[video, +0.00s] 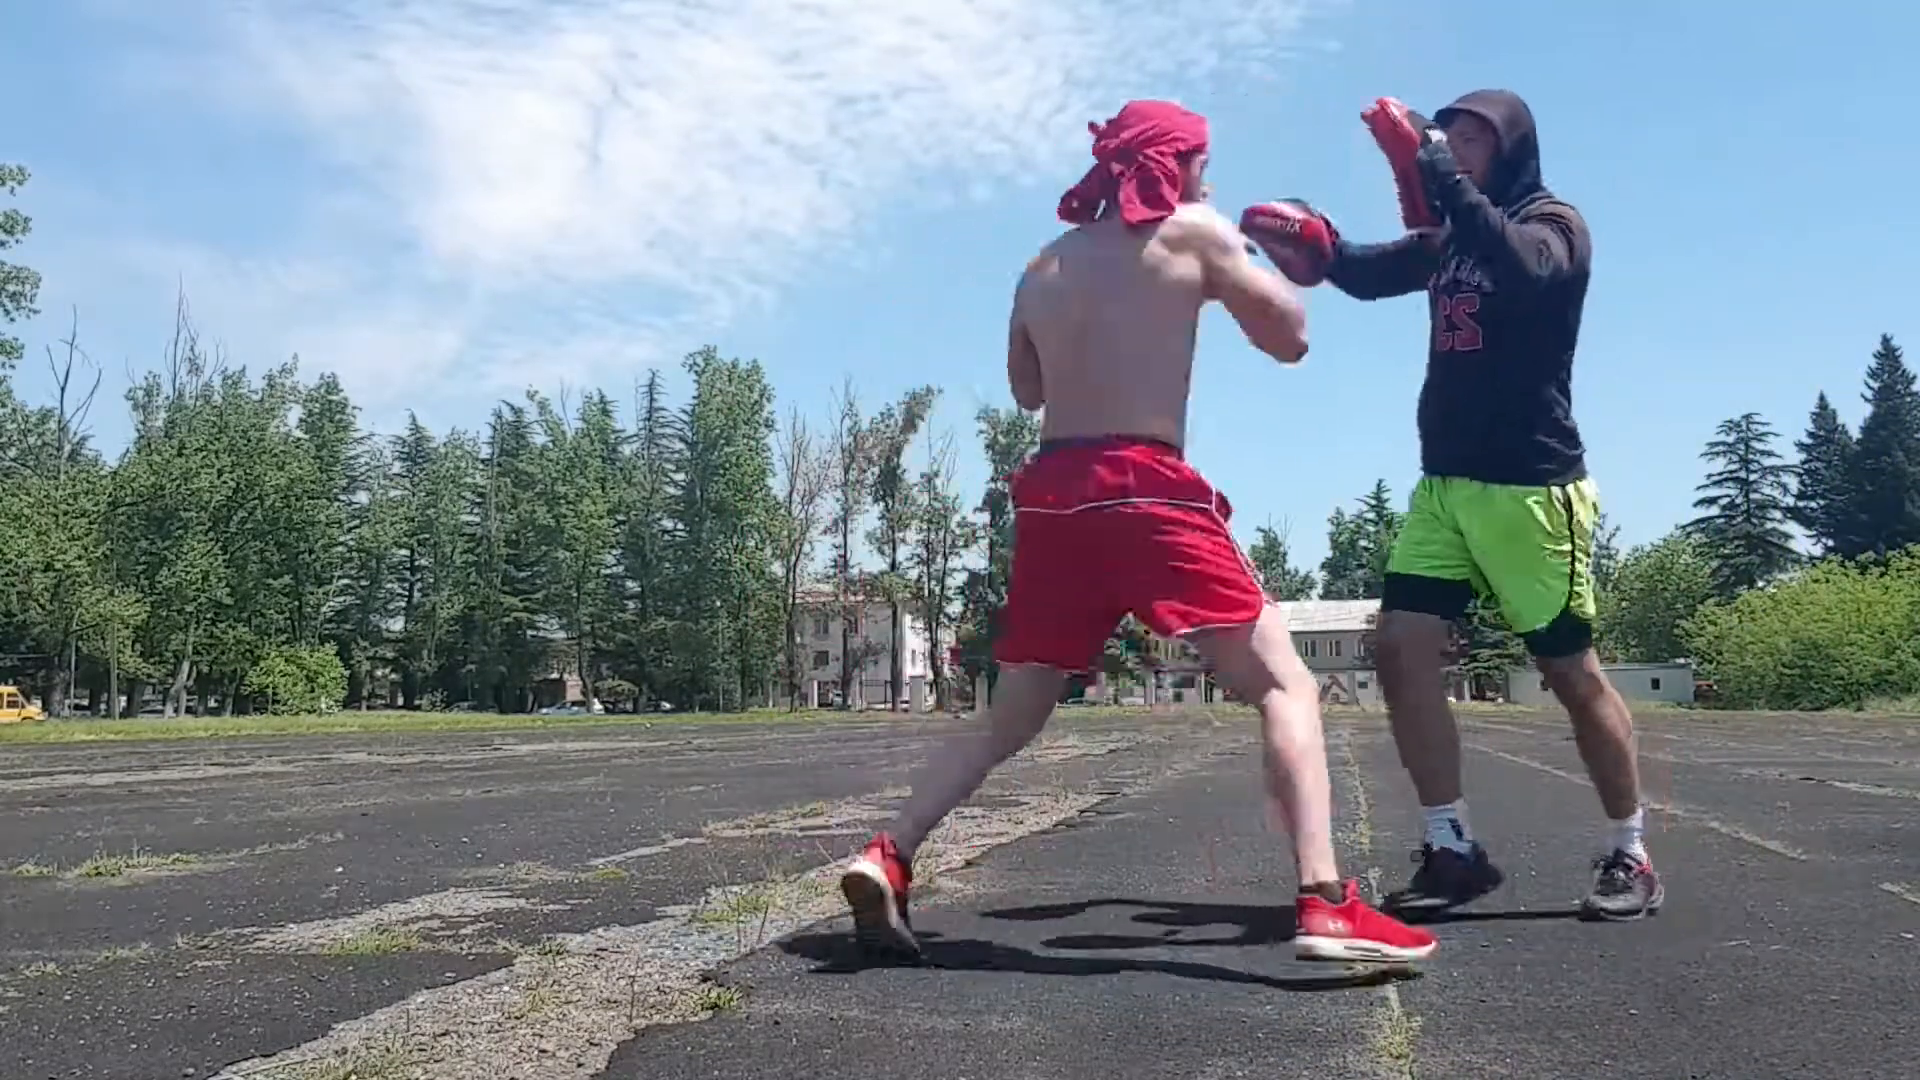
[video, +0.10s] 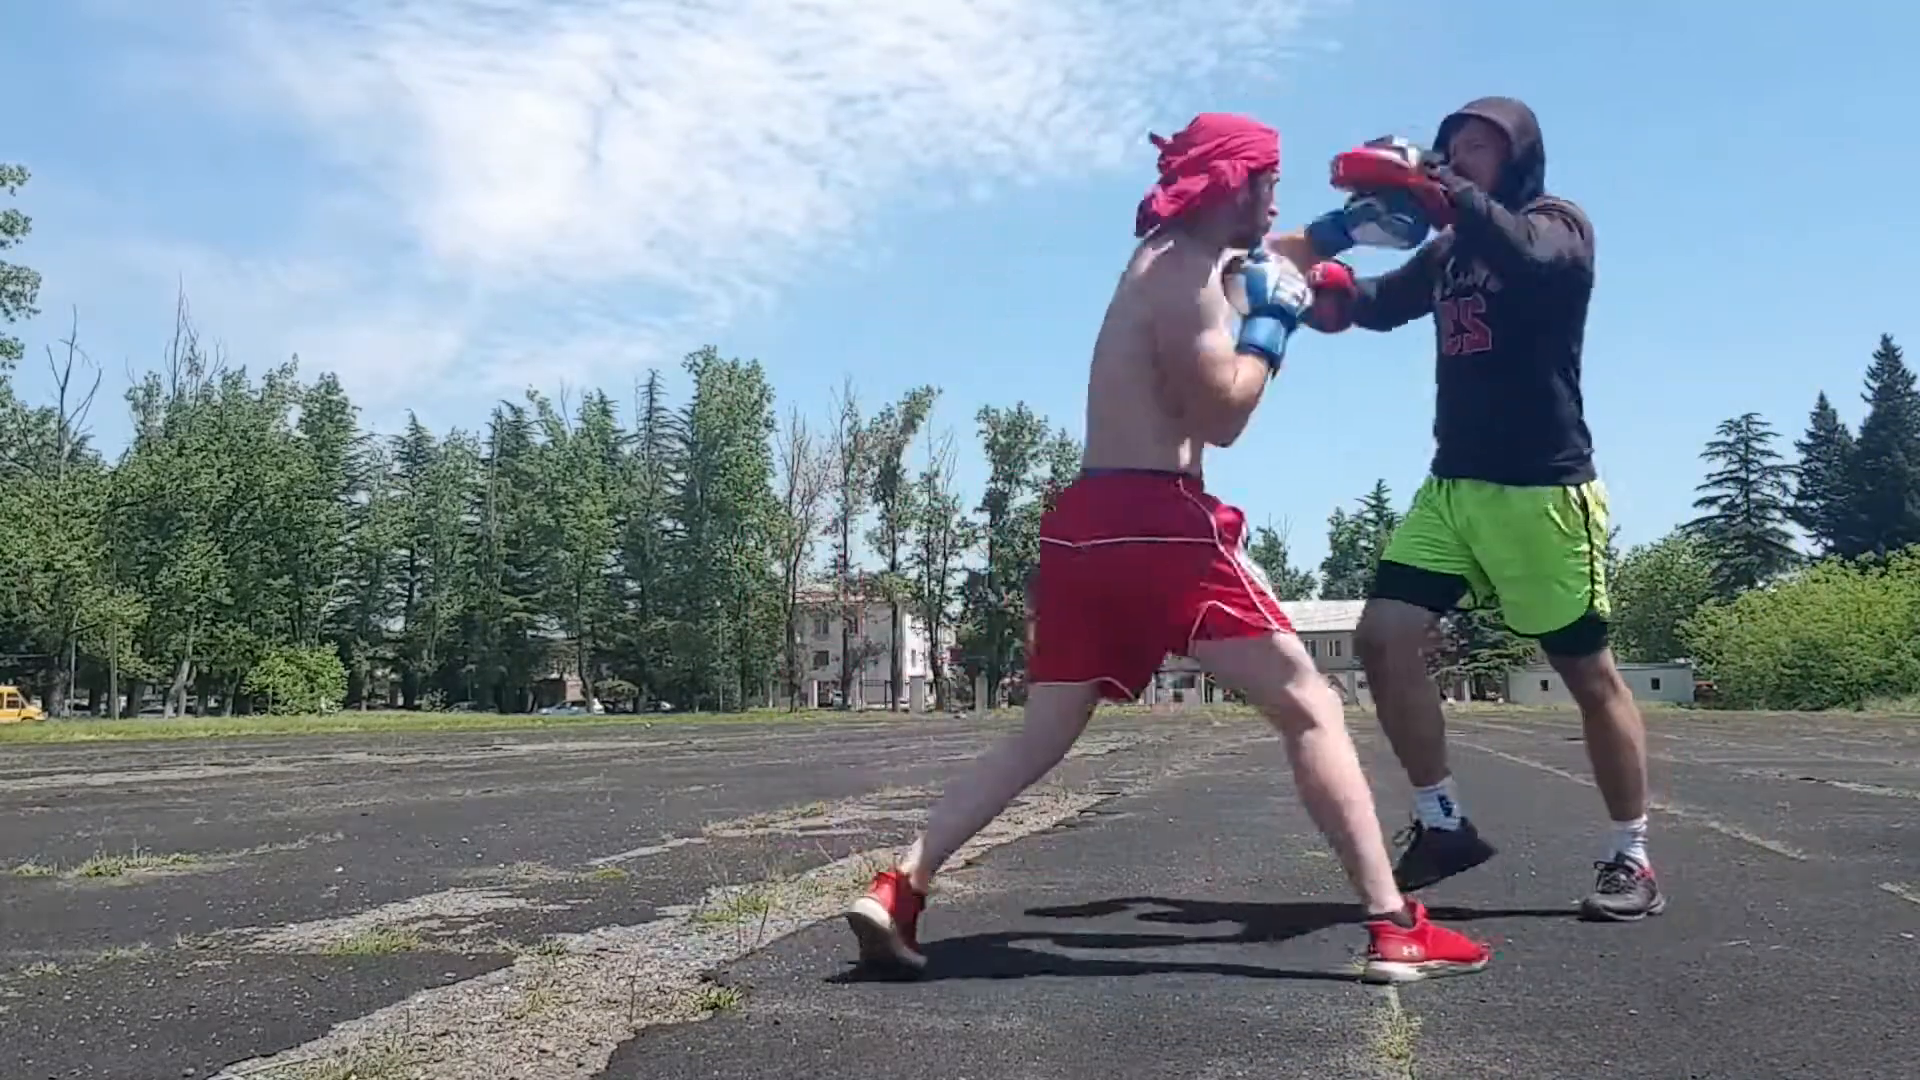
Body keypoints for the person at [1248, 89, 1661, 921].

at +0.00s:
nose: (1447, 150)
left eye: (1466, 135)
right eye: (1442, 137)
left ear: (1510, 148)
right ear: (1441, 155)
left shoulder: (1556, 225)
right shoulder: (1450, 238)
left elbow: (1528, 268)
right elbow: (1374, 271)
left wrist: (1447, 183)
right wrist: (1323, 252)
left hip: (1532, 489)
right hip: (1444, 487)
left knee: (1574, 675)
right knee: (1403, 648)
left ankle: (1631, 856)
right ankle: (1451, 851)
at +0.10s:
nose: (1454, 162)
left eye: (1474, 147)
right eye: (1448, 152)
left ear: (1518, 157)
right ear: (1445, 165)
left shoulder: (1558, 224)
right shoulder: (1448, 248)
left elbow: (1531, 254)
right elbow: (1383, 304)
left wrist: (1441, 192)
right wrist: (1320, 286)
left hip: (1545, 492)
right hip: (1452, 489)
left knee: (1593, 677)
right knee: (1386, 640)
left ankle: (1632, 860)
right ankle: (1443, 826)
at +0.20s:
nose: (1461, 154)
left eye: (1479, 142)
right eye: (1452, 145)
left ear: (1516, 159)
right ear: (1439, 166)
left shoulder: (1563, 235)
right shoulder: (1441, 257)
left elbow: (1636, 271)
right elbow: (1374, 345)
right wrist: (1323, 330)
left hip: (1544, 487)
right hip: (1451, 486)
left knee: (1589, 673)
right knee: (1389, 646)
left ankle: (1629, 856)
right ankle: (1442, 804)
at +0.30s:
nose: (1457, 167)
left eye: (1473, 152)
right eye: (1444, 158)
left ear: (1510, 163)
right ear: (1435, 179)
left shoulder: (1565, 243)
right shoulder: (1432, 267)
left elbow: (1675, 328)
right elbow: (1394, 362)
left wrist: (1632, 275)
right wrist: (1335, 369)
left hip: (1543, 490)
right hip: (1445, 490)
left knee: (1590, 674)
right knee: (1409, 660)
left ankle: (1632, 860)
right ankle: (1437, 809)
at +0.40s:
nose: (1454, 176)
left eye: (1471, 162)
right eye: (1441, 167)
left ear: (1503, 173)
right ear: (1428, 184)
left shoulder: (1550, 252)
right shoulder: (1409, 272)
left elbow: (1636, 348)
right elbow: (1340, 369)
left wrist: (1627, 340)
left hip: (1535, 495)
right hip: (1436, 499)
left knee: (1582, 679)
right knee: (1429, 676)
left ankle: (1630, 858)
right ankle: (1439, 834)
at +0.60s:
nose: (1435, 201)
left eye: (1450, 188)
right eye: (1421, 190)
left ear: (1478, 199)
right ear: (1405, 203)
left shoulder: (1518, 268)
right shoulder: (1377, 275)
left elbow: (1613, 342)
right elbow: (1315, 311)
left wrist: (1585, 267)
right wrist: (1312, 229)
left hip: (1506, 501)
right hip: (1410, 506)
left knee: (1529, 664)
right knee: (1427, 689)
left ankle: (1545, 838)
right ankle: (1451, 846)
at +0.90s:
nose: (1424, 203)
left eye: (1440, 192)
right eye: (1408, 192)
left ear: (1465, 206)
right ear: (1388, 207)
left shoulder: (1491, 273)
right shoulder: (1364, 267)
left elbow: (1555, 275)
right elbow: (1313, 270)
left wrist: (1516, 194)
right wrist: (1327, 185)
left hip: (1469, 504)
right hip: (1371, 499)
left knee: (1493, 683)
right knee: (1326, 664)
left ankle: (1498, 851)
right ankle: (1330, 831)